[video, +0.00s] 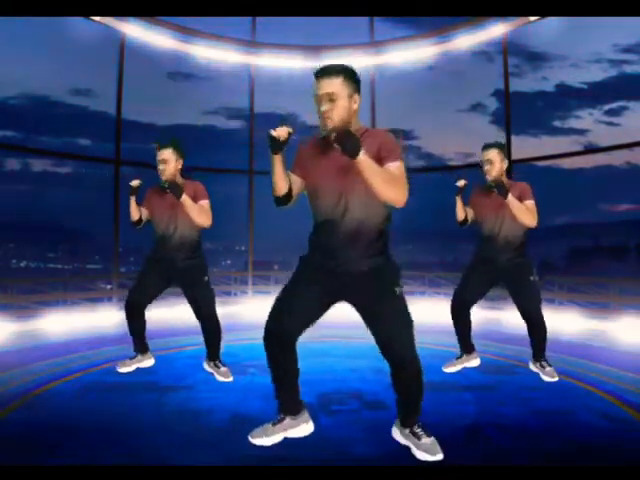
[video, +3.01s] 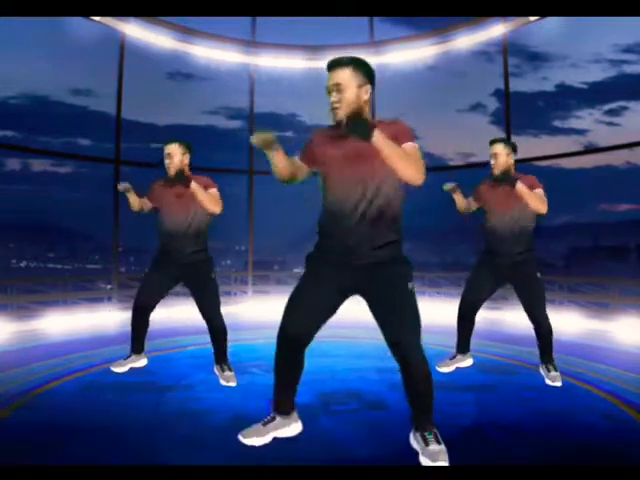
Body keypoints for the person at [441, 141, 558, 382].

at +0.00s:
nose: (485, 168)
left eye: (490, 162)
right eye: (483, 163)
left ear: (504, 163)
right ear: (481, 166)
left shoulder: (521, 189)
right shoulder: (479, 193)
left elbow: (531, 220)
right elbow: (463, 219)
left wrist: (506, 194)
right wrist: (459, 195)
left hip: (516, 263)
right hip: (486, 263)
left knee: (533, 314)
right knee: (459, 304)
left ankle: (539, 360)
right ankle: (467, 353)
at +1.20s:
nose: (480, 160)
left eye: (485, 155)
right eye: (479, 155)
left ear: (499, 157)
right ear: (480, 158)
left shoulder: (515, 184)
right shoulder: (479, 185)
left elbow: (520, 216)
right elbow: (462, 198)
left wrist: (498, 190)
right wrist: (459, 187)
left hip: (508, 257)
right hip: (482, 255)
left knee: (519, 308)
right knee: (461, 301)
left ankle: (543, 358)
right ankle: (467, 352)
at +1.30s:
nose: (477, 160)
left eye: (480, 156)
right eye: (477, 156)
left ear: (493, 157)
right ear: (485, 157)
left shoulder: (504, 181)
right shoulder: (485, 180)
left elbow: (492, 199)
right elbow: (479, 202)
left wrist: (470, 181)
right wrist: (473, 183)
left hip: (502, 252)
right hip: (484, 251)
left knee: (509, 308)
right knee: (462, 299)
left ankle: (546, 356)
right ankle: (467, 352)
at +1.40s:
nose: (481, 161)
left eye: (484, 157)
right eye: (481, 158)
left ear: (495, 157)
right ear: (492, 157)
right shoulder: (493, 178)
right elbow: (485, 210)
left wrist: (431, 169)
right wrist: (479, 185)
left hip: (501, 255)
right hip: (487, 254)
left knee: (509, 312)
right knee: (464, 298)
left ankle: (544, 358)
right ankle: (467, 352)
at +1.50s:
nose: (482, 161)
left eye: (485, 157)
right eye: (482, 157)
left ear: (496, 156)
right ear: (494, 157)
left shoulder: (507, 175)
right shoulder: (493, 179)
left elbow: (471, 183)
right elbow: (482, 208)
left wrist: (447, 173)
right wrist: (480, 182)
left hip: (508, 257)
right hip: (490, 256)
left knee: (517, 312)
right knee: (467, 298)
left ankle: (546, 360)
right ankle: (467, 352)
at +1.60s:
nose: (482, 163)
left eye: (485, 159)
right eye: (480, 159)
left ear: (498, 158)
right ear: (483, 162)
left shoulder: (515, 179)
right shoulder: (487, 184)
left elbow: (512, 205)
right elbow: (480, 211)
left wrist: (487, 183)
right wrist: (474, 191)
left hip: (514, 258)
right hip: (491, 258)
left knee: (524, 312)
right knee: (470, 302)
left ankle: (547, 363)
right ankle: (467, 352)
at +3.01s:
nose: (494, 161)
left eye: (498, 156)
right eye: (492, 156)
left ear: (512, 157)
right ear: (490, 159)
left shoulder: (529, 183)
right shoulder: (485, 189)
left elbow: (542, 208)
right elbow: (466, 209)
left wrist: (517, 184)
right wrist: (457, 195)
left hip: (522, 262)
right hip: (491, 262)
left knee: (539, 317)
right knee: (467, 306)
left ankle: (548, 364)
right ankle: (462, 354)